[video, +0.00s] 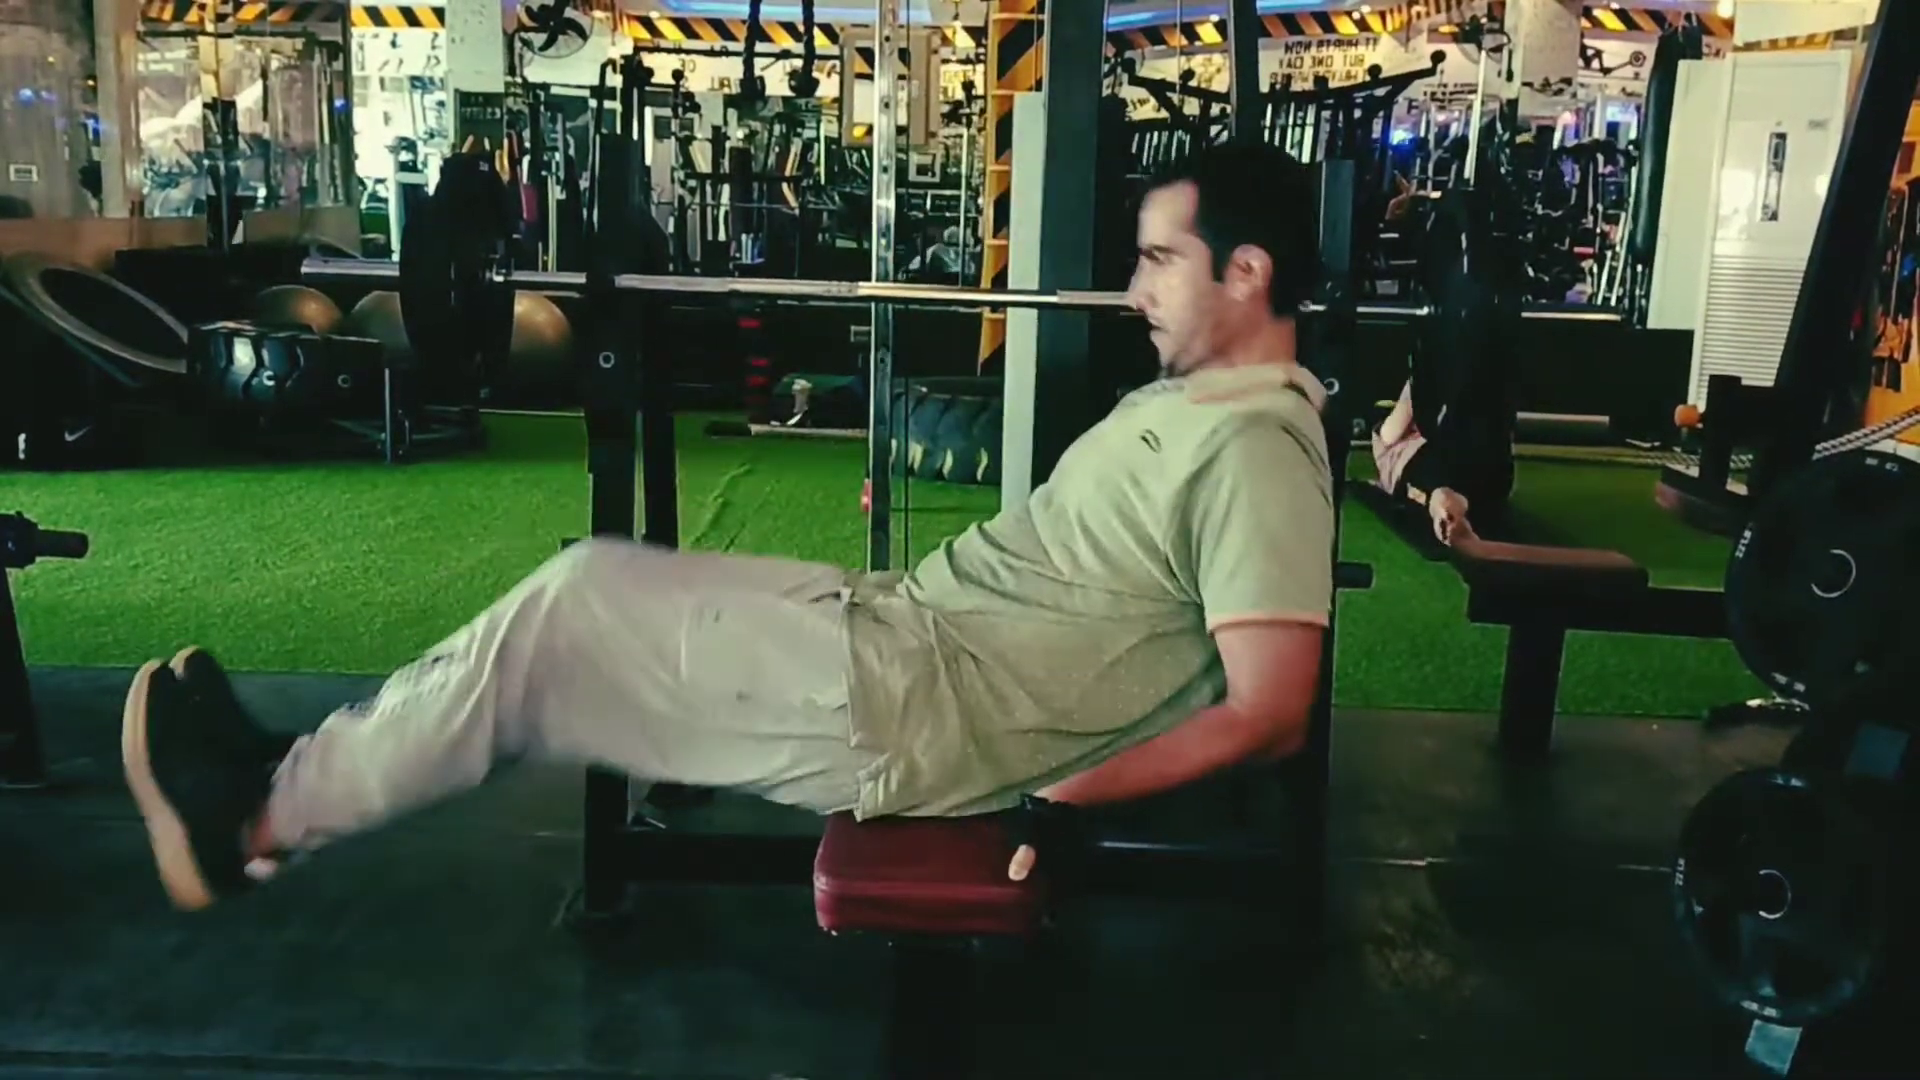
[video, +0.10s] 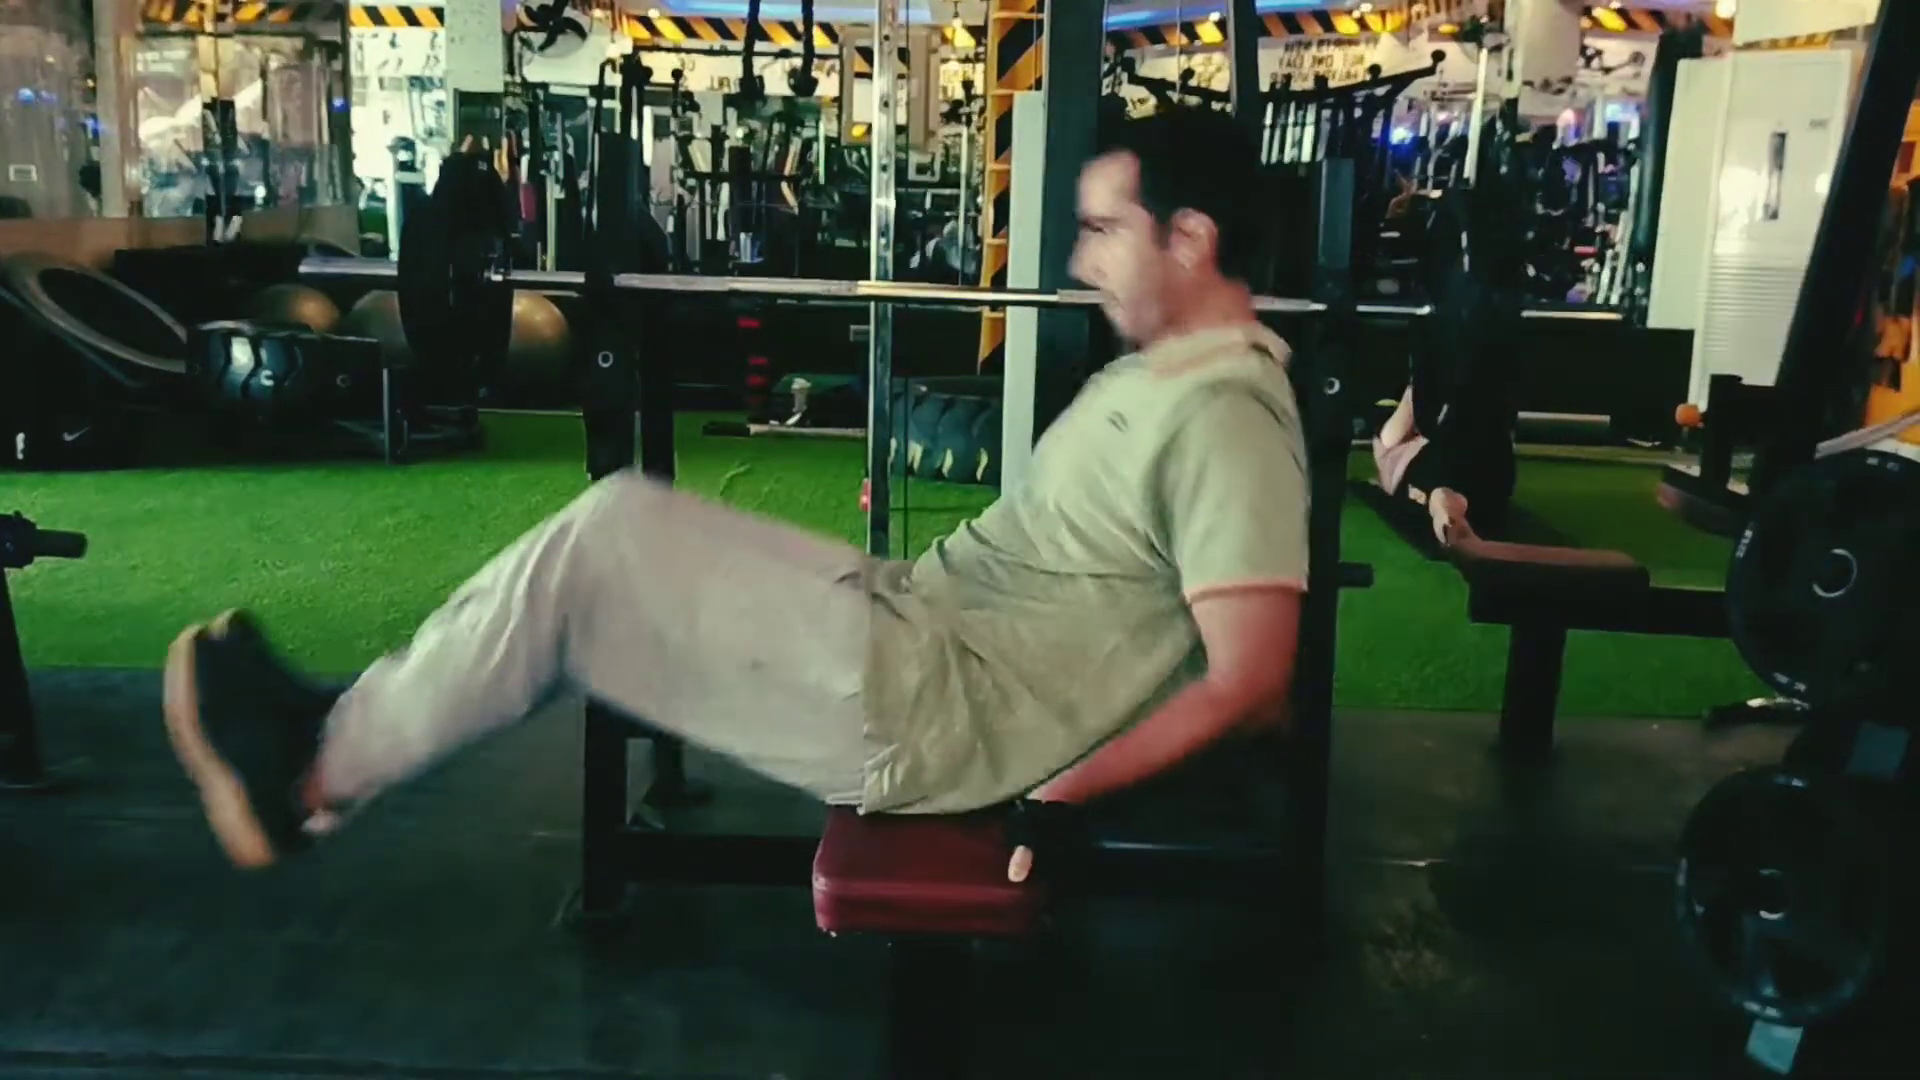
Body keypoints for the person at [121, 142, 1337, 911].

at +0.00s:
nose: (1138, 291)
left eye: (1160, 262)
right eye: (1141, 263)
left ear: (1251, 277)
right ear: (1239, 280)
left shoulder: (1257, 442)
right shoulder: (1194, 408)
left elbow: (1268, 713)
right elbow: (1193, 654)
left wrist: (1055, 798)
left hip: (926, 704)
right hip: (899, 630)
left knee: (565, 633)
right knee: (585, 582)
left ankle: (248, 836)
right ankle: (286, 792)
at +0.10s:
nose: (1085, 262)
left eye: (1105, 233)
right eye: (1086, 234)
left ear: (1196, 241)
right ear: (1174, 241)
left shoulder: (1225, 402)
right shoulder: (1166, 375)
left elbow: (1249, 679)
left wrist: (1054, 790)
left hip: (955, 705)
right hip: (928, 641)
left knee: (607, 544)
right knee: (612, 530)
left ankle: (307, 781)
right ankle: (327, 753)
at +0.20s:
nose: (989, 237)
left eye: (1007, 205)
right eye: (988, 208)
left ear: (1096, 207)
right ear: (1086, 207)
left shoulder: (1162, 368)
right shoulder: (1081, 345)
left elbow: (1222, 639)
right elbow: (1045, 552)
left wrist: (1042, 784)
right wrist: (901, 567)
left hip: (960, 720)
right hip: (924, 675)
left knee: (675, 444)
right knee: (664, 445)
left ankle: (397, 713)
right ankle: (402, 696)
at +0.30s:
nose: (889, 232)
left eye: (902, 197)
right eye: (886, 202)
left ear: (988, 197)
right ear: (984, 199)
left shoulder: (1079, 351)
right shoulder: (1021, 336)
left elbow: (1189, 613)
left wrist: (1029, 795)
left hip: (949, 727)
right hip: (919, 696)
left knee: (754, 381)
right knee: (736, 382)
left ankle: (477, 642)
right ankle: (483, 615)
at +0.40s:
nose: (838, 235)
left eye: (850, 199)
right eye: (834, 203)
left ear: (929, 197)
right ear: (932, 201)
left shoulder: (1031, 349)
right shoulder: (980, 334)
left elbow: (1168, 601)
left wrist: (1026, 797)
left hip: (937, 734)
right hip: (916, 710)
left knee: (781, 369)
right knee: (774, 363)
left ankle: (507, 622)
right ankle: (520, 588)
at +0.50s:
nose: (862, 232)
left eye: (876, 198)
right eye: (862, 201)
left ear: (958, 199)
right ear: (959, 200)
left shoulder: (1050, 354)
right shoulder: (1002, 337)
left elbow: (1184, 609)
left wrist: (1029, 790)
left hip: (936, 728)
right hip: (911, 698)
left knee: (734, 389)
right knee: (719, 389)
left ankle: (460, 665)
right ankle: (463, 637)